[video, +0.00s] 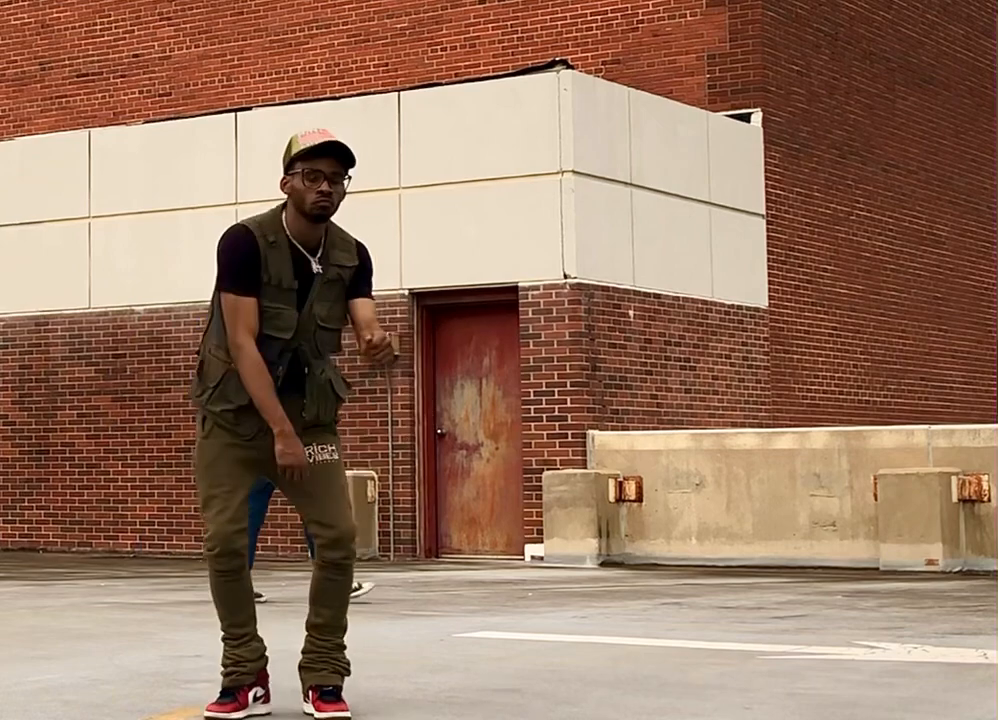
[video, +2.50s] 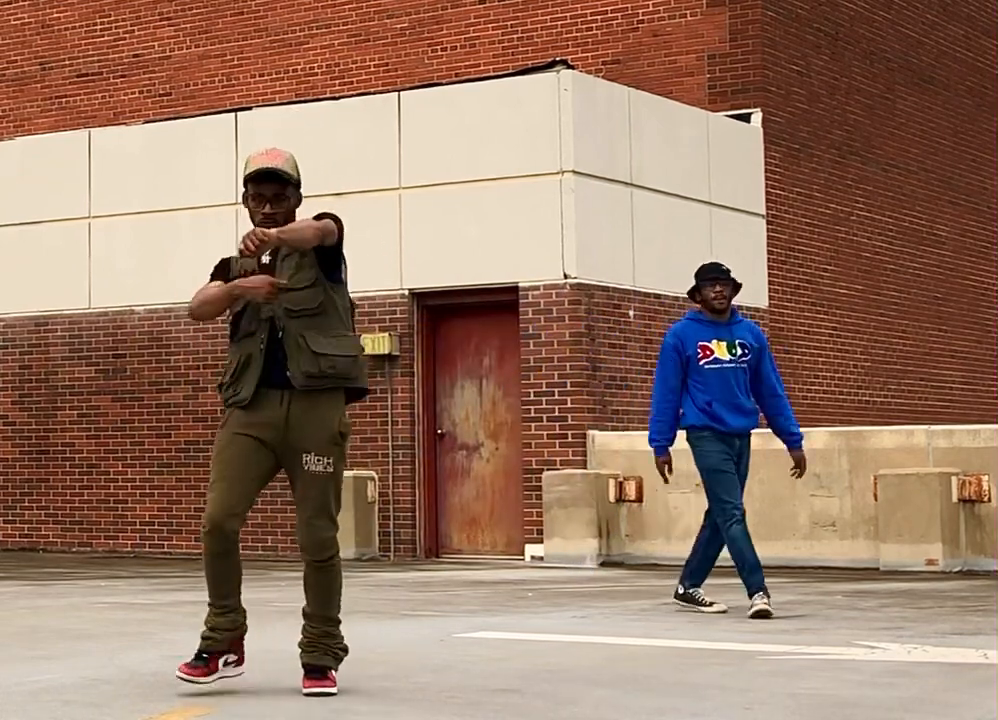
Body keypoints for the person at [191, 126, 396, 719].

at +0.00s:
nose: (324, 188)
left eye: (335, 180)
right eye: (312, 177)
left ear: (346, 188)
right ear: (286, 181)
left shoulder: (352, 256)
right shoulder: (244, 243)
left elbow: (366, 324)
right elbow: (242, 346)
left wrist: (378, 342)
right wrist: (282, 430)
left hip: (310, 415)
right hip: (234, 414)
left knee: (337, 542)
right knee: (224, 544)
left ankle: (324, 677)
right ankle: (244, 674)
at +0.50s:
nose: (284, 163)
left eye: (295, 155)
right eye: (272, 157)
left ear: (315, 168)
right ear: (260, 172)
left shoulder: (353, 238)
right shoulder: (234, 242)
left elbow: (375, 325)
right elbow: (204, 313)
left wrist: (338, 392)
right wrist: (190, 367)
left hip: (331, 413)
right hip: (251, 413)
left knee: (342, 550)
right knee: (231, 543)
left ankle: (329, 677)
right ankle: (246, 673)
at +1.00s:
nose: (295, 169)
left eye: (305, 163)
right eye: (283, 161)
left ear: (315, 179)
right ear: (262, 174)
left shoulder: (327, 241)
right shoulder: (231, 240)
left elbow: (365, 258)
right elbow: (237, 322)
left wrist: (363, 234)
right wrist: (286, 387)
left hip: (325, 410)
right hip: (252, 414)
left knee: (345, 541)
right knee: (249, 547)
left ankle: (330, 675)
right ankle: (253, 669)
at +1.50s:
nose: (289, 170)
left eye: (300, 167)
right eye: (280, 158)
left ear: (307, 181)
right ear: (257, 162)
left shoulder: (314, 231)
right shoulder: (224, 218)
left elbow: (339, 244)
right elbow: (198, 255)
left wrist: (338, 222)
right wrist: (269, 291)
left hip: (317, 394)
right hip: (248, 396)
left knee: (338, 526)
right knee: (250, 530)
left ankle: (324, 662)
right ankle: (253, 666)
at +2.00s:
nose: (276, 196)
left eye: (286, 186)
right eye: (267, 187)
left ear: (308, 186)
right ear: (256, 193)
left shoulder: (335, 223)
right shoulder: (255, 260)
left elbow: (342, 224)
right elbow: (217, 311)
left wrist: (298, 234)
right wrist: (255, 294)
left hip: (323, 400)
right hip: (261, 401)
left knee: (322, 535)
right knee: (238, 509)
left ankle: (322, 655)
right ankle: (248, 642)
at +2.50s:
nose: (267, 201)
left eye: (278, 193)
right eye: (258, 193)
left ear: (297, 198)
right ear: (244, 198)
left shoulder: (320, 235)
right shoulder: (236, 263)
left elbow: (325, 230)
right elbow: (198, 307)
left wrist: (273, 237)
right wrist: (240, 288)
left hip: (316, 407)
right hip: (250, 409)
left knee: (318, 540)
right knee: (217, 522)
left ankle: (320, 655)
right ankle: (223, 637)